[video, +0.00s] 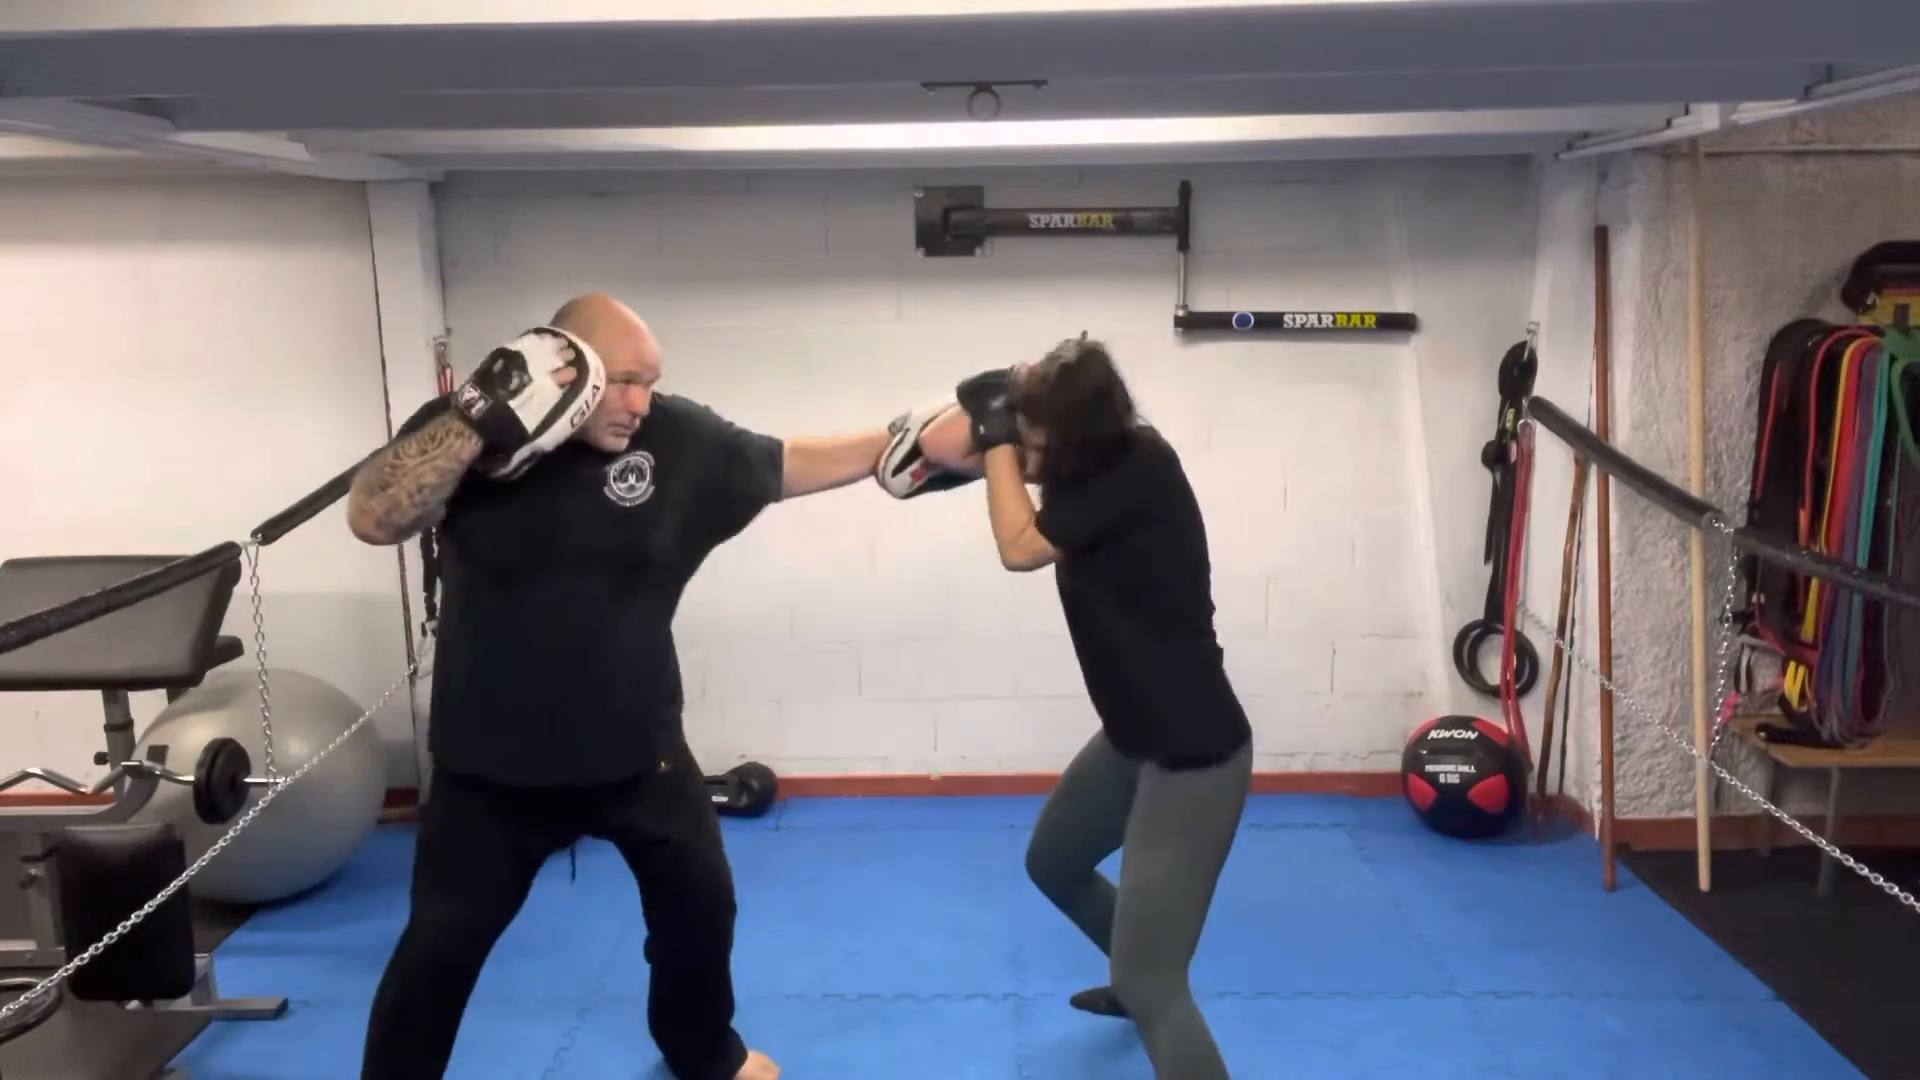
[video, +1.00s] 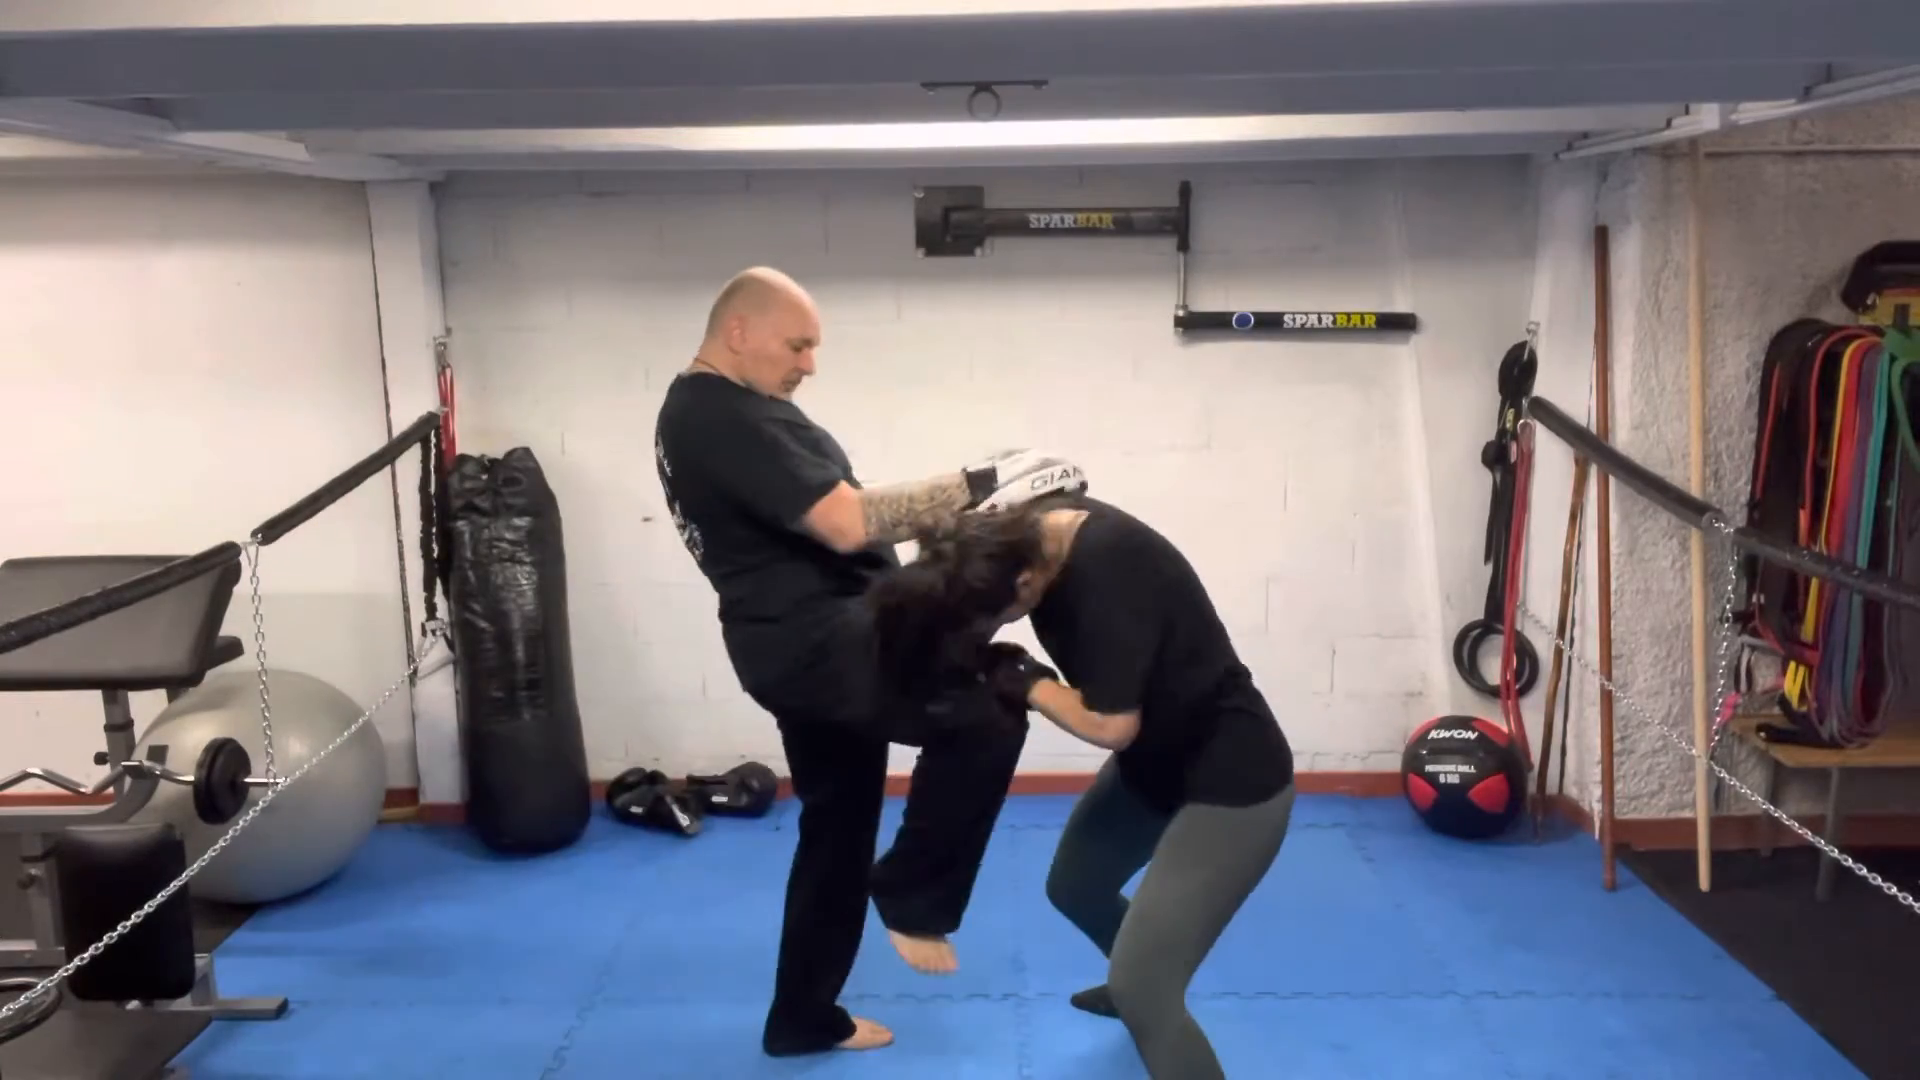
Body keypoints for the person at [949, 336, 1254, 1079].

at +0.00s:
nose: (1030, 451)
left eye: (1040, 439)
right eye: (1027, 436)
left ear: (1075, 434)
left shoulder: (1135, 472)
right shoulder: (1099, 461)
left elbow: (1019, 547)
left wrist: (996, 434)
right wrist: (1000, 429)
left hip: (1194, 756)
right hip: (1133, 737)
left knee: (1150, 985)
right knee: (1055, 862)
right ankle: (1143, 982)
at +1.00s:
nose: (1001, 626)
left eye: (999, 616)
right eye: (990, 622)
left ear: (1019, 583)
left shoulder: (1108, 577)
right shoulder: (1038, 534)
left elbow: (1113, 727)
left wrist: (1023, 678)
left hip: (1236, 774)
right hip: (1157, 755)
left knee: (1142, 985)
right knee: (1077, 888)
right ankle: (1142, 984)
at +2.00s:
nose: (959, 405)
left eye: (969, 394)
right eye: (961, 393)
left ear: (1014, 403)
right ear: (1025, 401)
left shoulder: (1102, 482)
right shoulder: (1019, 451)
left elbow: (1063, 620)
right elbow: (965, 419)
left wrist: (959, 532)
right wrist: (917, 397)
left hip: (1096, 732)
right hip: (1025, 715)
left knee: (1058, 948)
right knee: (970, 854)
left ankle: (1129, 1073)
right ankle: (1054, 972)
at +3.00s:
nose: (1151, 339)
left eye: (1166, 323)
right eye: (1155, 321)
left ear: (1216, 339)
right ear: (1222, 339)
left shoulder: (1238, 448)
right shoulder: (1278, 429)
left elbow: (1174, 588)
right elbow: (1204, 543)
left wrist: (1114, 477)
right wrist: (1157, 445)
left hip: (1263, 747)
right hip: (1314, 720)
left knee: (1170, 944)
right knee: (1293, 883)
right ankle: (1392, 1048)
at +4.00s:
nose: (1086, 421)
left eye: (1087, 404)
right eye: (1081, 405)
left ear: (1130, 400)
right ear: (1189, 384)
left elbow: (1017, 550)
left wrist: (984, 478)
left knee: (1038, 963)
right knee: (1259, 891)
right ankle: (1326, 1062)